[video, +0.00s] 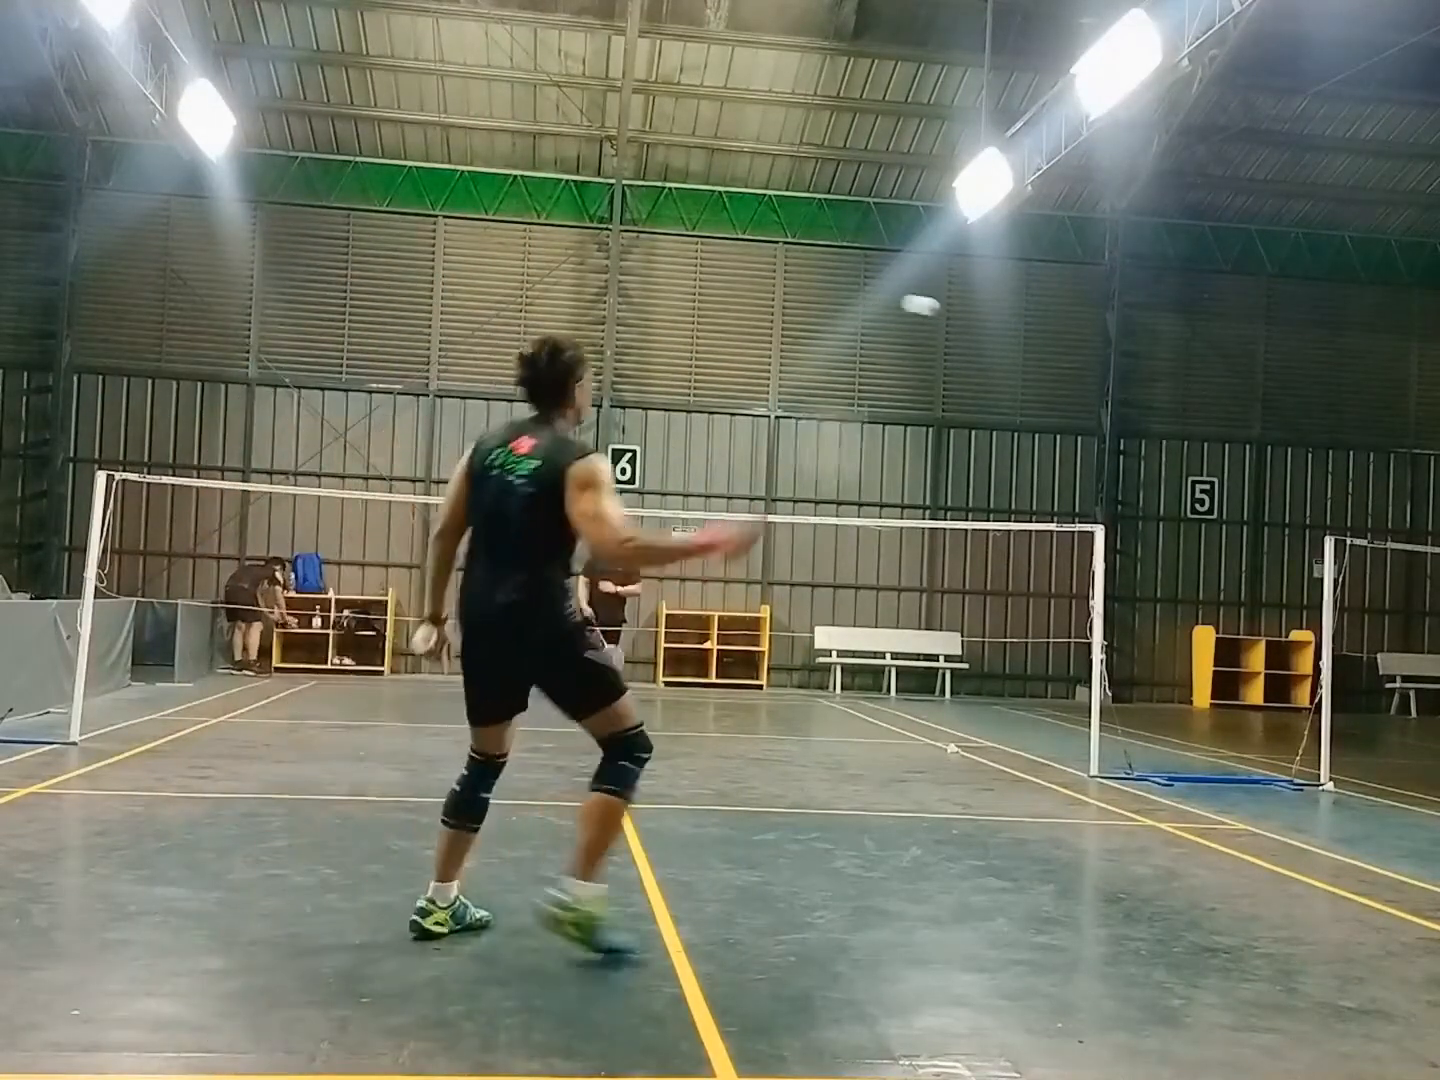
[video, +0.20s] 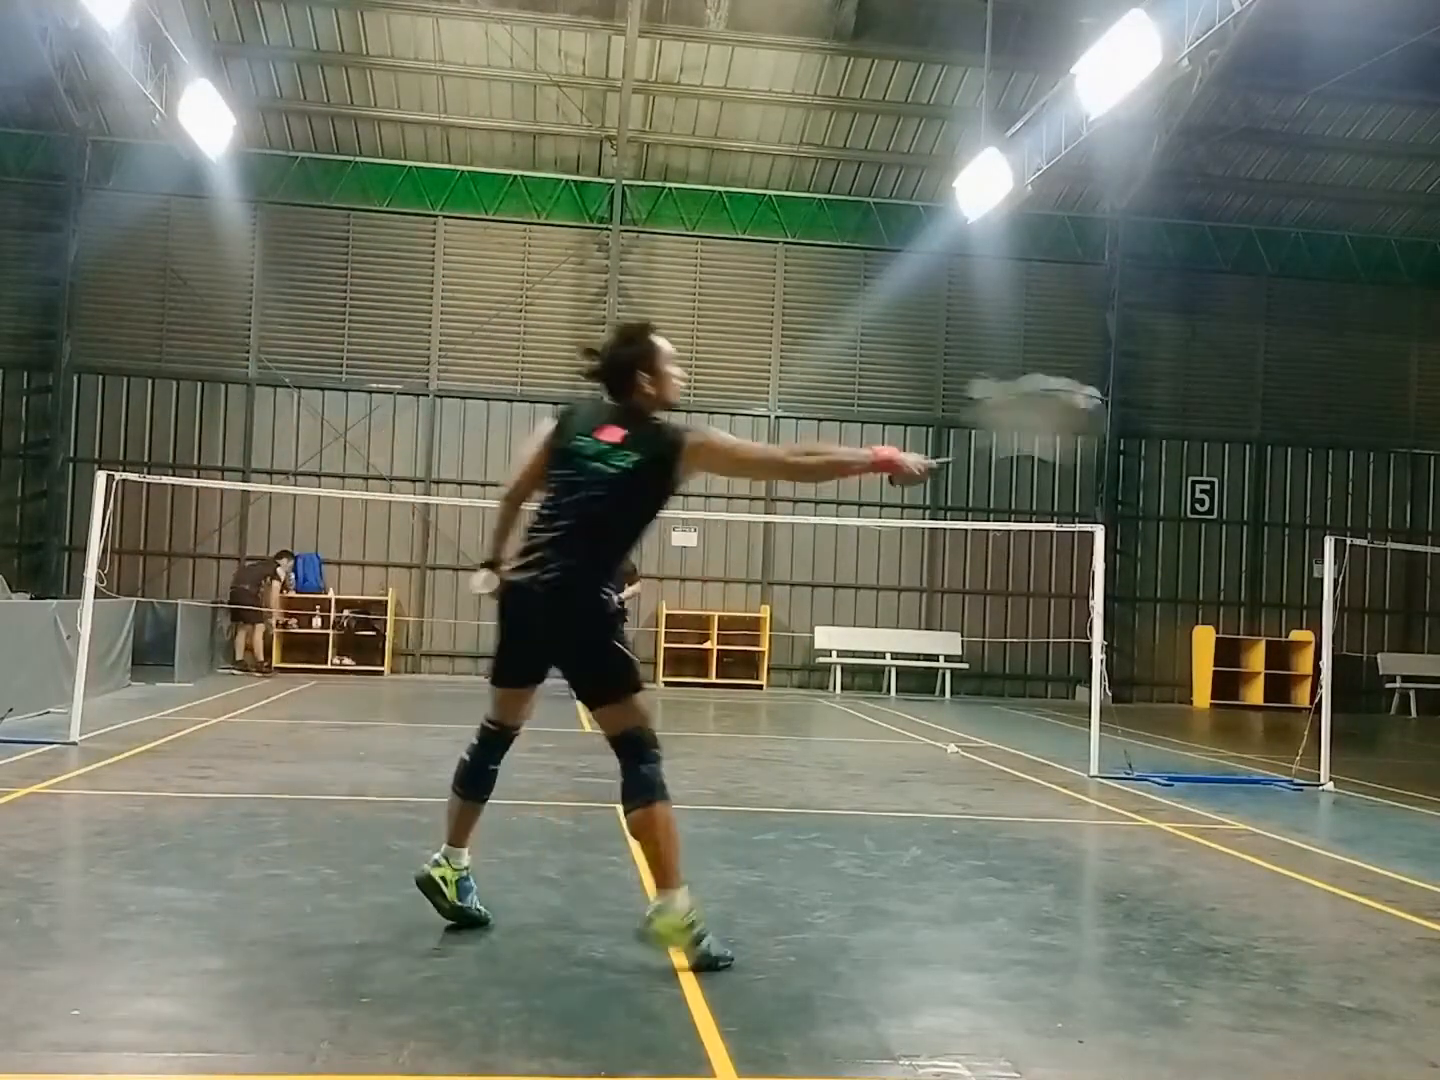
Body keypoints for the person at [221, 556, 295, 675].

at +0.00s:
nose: (281, 573)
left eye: (281, 571)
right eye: (281, 570)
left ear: (267, 564)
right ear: (277, 567)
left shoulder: (253, 570)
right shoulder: (273, 571)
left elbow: (258, 596)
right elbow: (278, 597)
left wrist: (269, 615)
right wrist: (285, 617)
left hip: (230, 590)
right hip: (245, 592)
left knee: (239, 626)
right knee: (256, 625)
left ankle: (237, 660)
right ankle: (252, 661)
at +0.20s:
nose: (289, 568)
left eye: (290, 565)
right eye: (289, 564)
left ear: (276, 559)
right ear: (283, 561)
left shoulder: (262, 564)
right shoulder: (278, 570)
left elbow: (262, 593)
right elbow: (274, 596)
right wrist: (276, 616)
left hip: (235, 590)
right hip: (248, 592)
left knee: (242, 627)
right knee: (259, 626)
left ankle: (239, 661)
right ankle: (260, 662)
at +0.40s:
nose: (297, 563)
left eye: (299, 560)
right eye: (297, 559)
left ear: (287, 555)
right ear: (290, 554)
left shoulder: (272, 562)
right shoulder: (279, 564)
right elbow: (270, 587)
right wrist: (273, 610)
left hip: (244, 591)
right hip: (254, 594)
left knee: (253, 627)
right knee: (263, 626)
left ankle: (243, 657)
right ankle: (262, 663)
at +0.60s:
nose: (300, 552)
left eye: (301, 549)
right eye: (298, 548)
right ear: (288, 547)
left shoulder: (286, 565)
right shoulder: (275, 558)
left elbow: (283, 589)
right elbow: (263, 577)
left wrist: (282, 609)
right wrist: (271, 600)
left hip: (269, 590)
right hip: (257, 590)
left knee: (273, 625)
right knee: (266, 625)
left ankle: (262, 660)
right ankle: (261, 662)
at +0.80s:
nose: (300, 547)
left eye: (302, 544)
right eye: (298, 543)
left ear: (303, 546)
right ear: (288, 543)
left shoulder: (297, 564)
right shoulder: (274, 556)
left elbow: (295, 586)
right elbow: (259, 574)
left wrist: (291, 607)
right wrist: (258, 597)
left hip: (283, 600)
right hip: (267, 598)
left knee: (292, 627)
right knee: (266, 631)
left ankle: (288, 662)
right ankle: (262, 663)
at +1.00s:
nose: (309, 547)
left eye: (312, 544)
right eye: (306, 543)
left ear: (313, 546)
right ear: (298, 543)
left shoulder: (308, 564)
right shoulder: (283, 557)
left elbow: (305, 589)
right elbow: (263, 574)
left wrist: (297, 608)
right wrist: (255, 597)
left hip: (292, 602)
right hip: (274, 600)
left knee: (302, 627)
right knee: (271, 633)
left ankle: (306, 665)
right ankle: (264, 664)